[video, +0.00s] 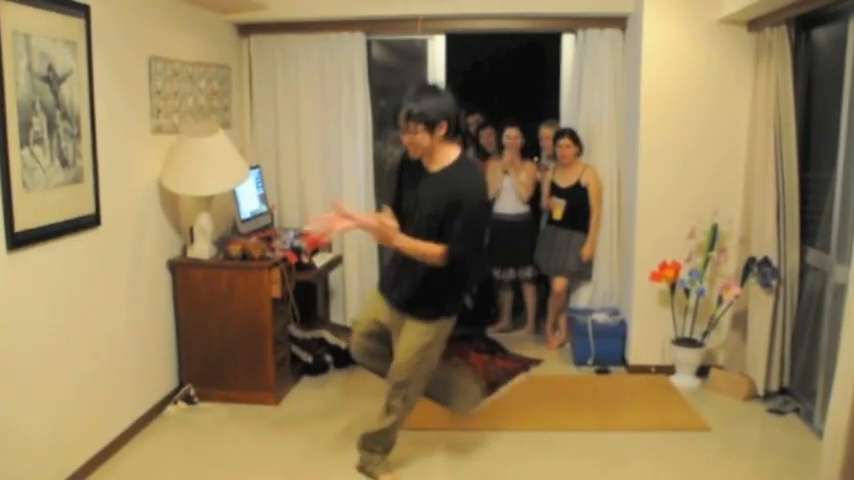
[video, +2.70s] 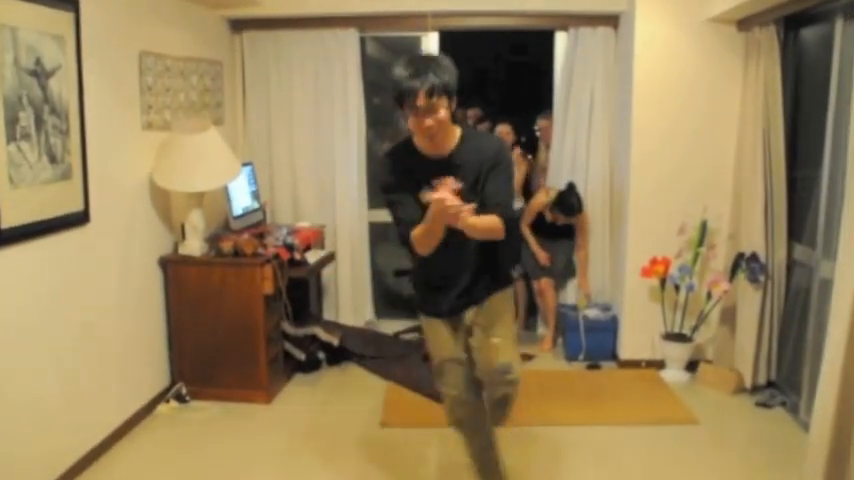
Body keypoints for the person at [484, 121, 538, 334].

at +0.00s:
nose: (510, 141)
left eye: (515, 138)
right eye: (507, 137)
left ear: (521, 141)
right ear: (502, 140)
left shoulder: (528, 166)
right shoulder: (493, 164)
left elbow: (526, 195)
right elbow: (491, 192)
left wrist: (514, 173)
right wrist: (501, 171)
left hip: (521, 218)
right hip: (499, 218)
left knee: (526, 275)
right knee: (502, 274)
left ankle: (530, 322)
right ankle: (504, 319)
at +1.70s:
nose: (505, 142)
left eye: (508, 137)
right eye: (501, 137)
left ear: (515, 140)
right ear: (494, 141)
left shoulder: (524, 166)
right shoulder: (489, 167)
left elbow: (518, 191)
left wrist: (510, 165)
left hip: (519, 228)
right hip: (497, 229)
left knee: (521, 277)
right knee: (500, 278)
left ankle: (525, 319)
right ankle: (501, 317)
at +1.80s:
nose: (503, 142)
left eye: (507, 138)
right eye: (499, 138)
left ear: (515, 141)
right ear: (494, 142)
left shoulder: (522, 166)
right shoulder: (488, 165)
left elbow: (517, 195)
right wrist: (516, 244)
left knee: (517, 278)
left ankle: (524, 324)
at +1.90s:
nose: (503, 143)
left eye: (507, 138)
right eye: (500, 139)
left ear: (516, 142)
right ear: (494, 142)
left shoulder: (523, 168)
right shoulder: (490, 168)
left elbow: (521, 195)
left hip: (516, 224)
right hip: (494, 224)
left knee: (516, 276)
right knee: (497, 276)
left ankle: (524, 321)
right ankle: (499, 317)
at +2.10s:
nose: (505, 140)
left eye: (509, 135)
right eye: (501, 135)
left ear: (516, 139)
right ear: (494, 139)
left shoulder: (522, 164)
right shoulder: (491, 164)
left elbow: (519, 190)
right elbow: (485, 190)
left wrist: (513, 160)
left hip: (517, 218)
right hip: (494, 218)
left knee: (519, 276)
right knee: (497, 275)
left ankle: (523, 322)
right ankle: (498, 318)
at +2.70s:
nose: (502, 140)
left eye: (506, 135)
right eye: (499, 136)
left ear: (514, 138)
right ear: (493, 138)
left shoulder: (519, 159)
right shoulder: (490, 159)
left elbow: (517, 189)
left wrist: (517, 164)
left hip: (514, 213)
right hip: (493, 212)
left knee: (516, 269)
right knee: (500, 268)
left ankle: (521, 318)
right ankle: (505, 319)